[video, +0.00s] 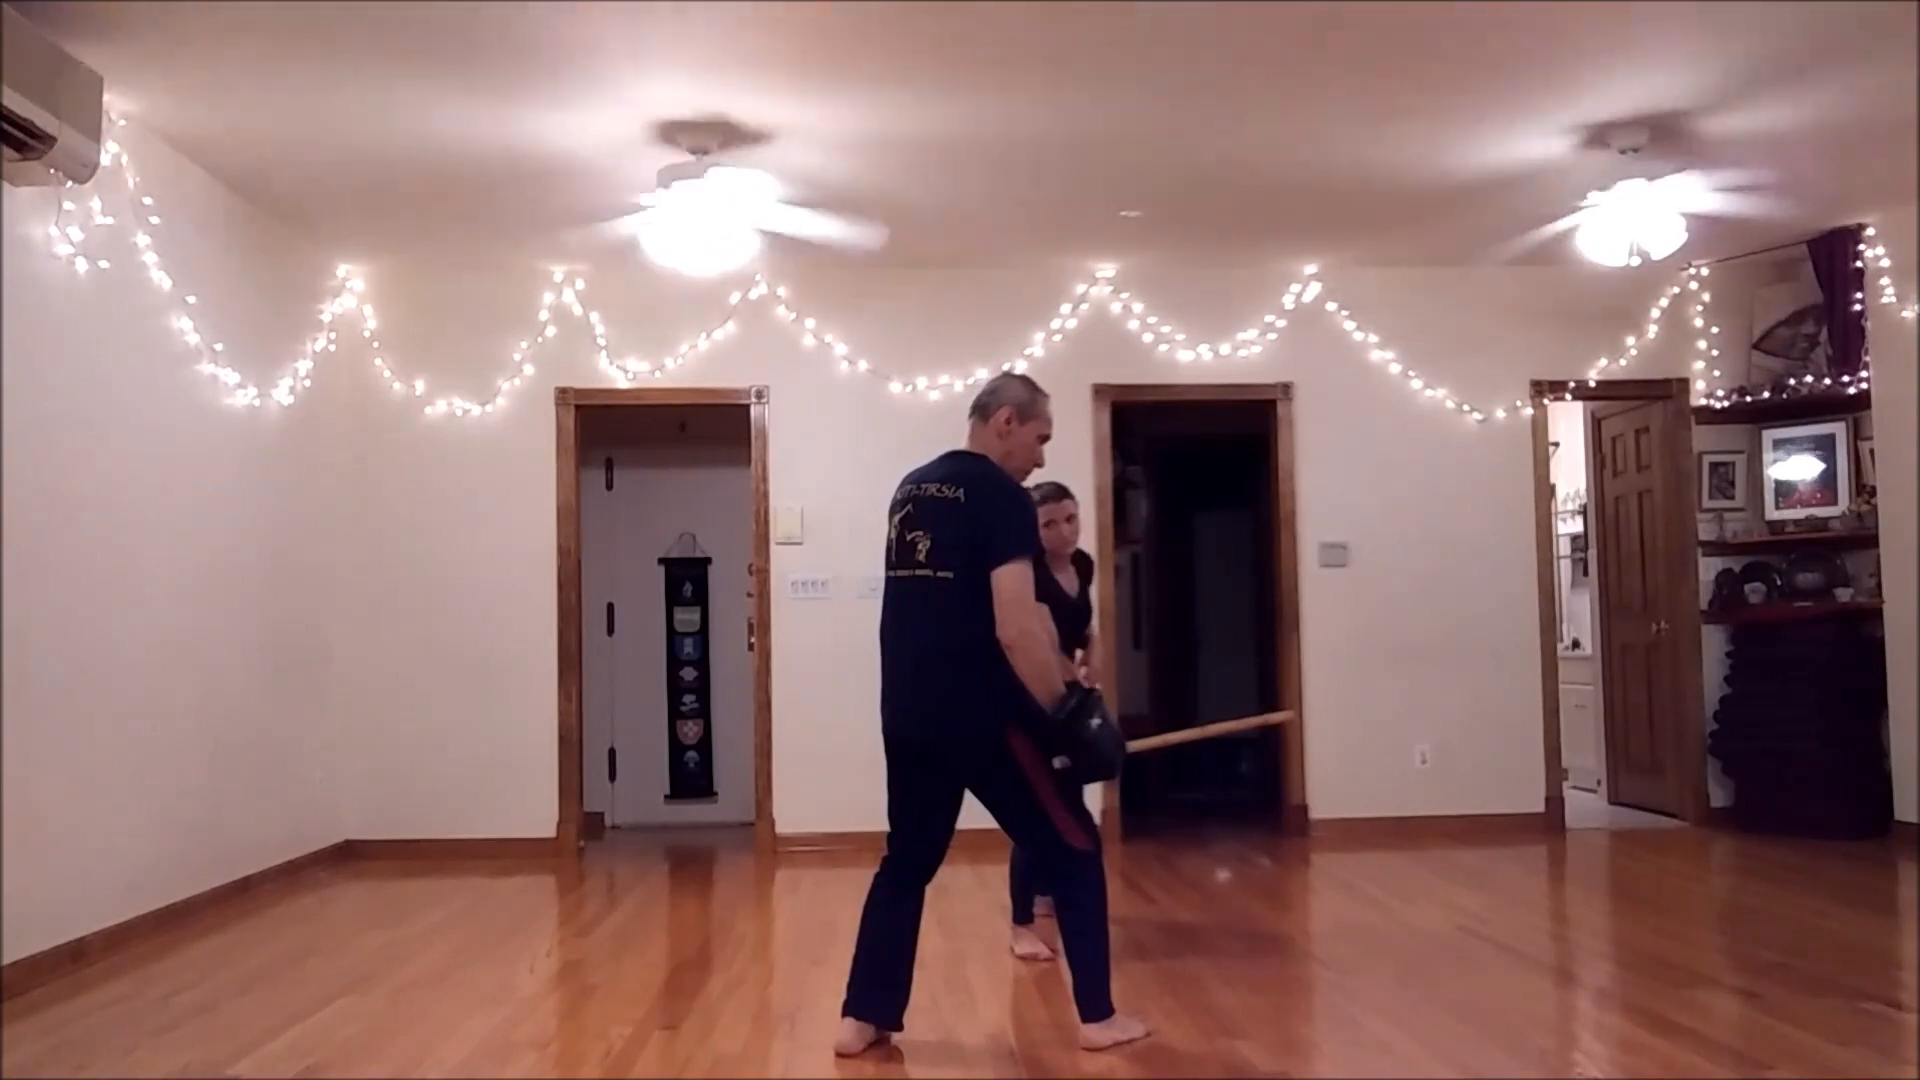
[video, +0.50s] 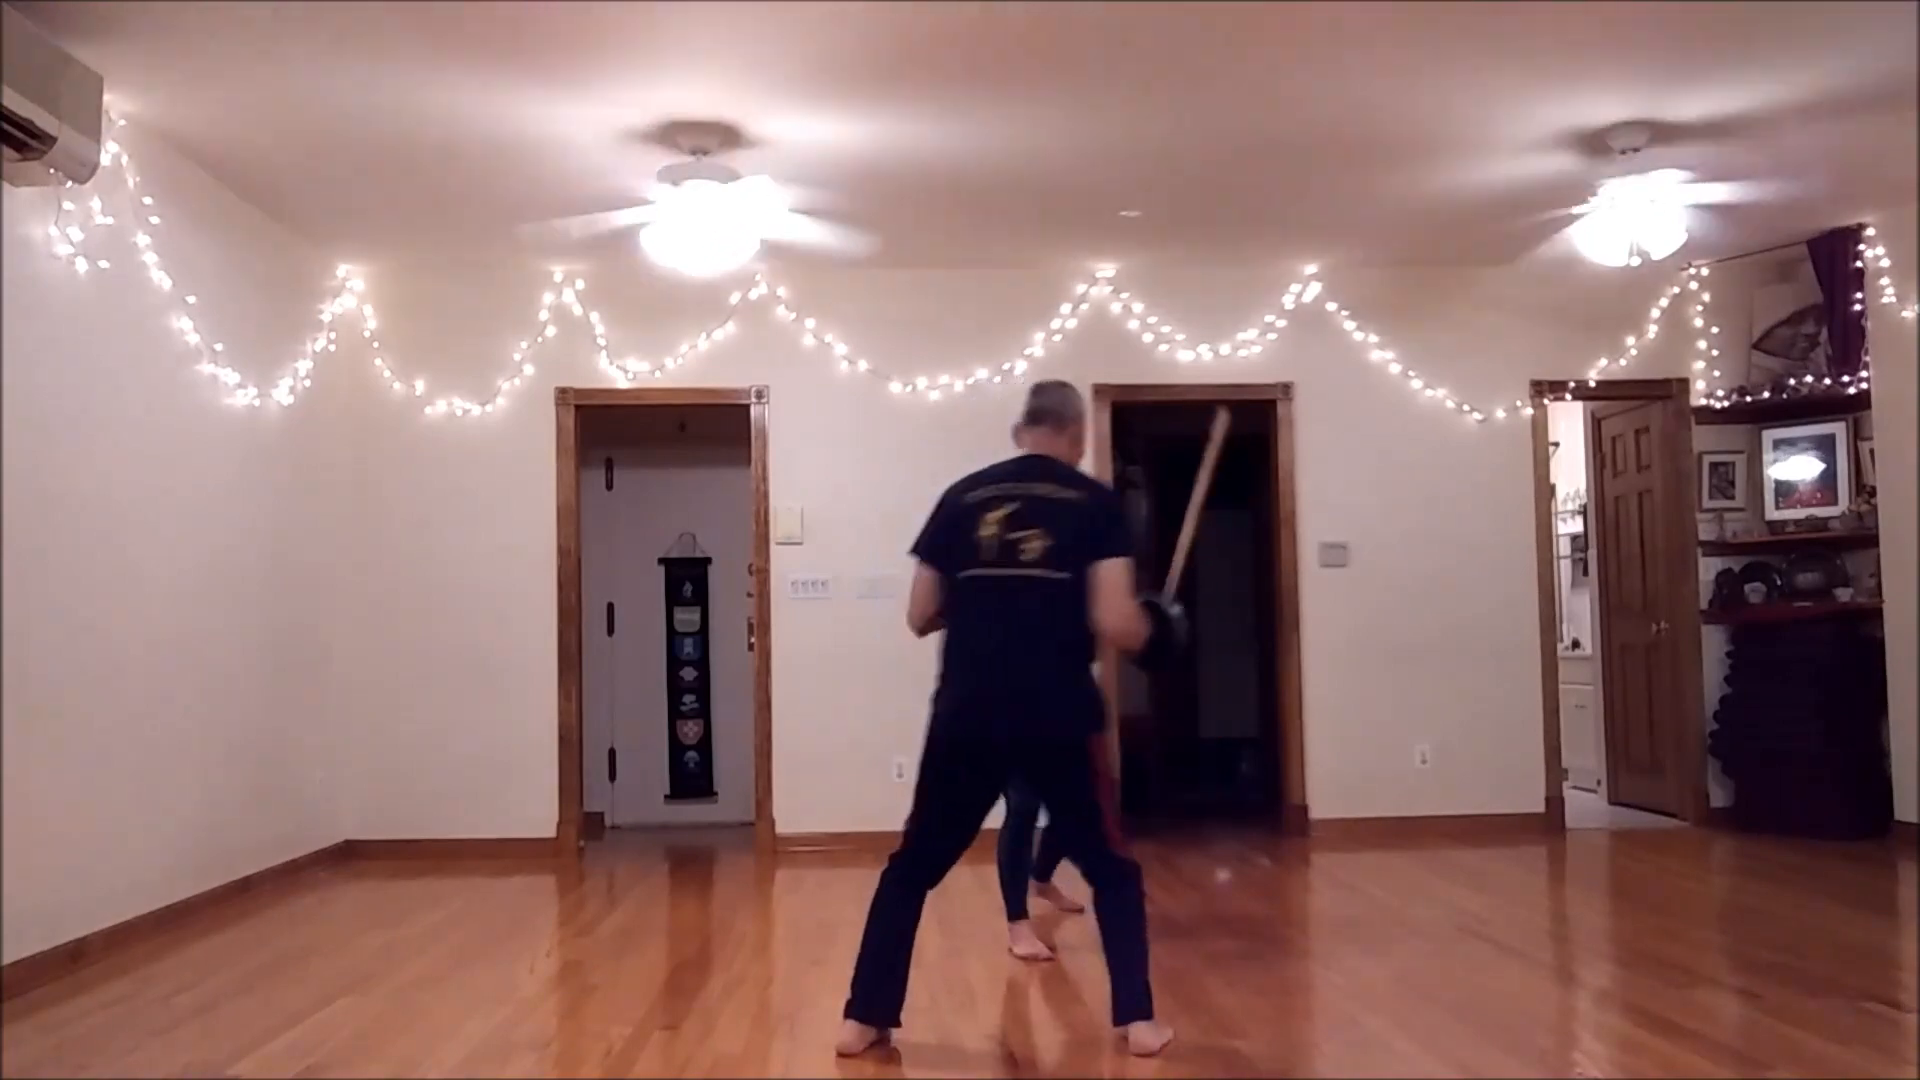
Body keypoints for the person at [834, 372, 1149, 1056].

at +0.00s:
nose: (1042, 455)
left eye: (1047, 442)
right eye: (1040, 439)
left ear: (985, 422)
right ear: (1003, 423)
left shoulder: (913, 487)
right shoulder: (999, 496)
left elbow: (926, 613)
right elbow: (1018, 627)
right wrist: (1066, 711)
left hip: (910, 711)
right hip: (982, 710)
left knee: (907, 858)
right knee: (1075, 846)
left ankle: (864, 1018)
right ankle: (1098, 1017)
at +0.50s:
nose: (1083, 445)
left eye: (1071, 434)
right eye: (1083, 434)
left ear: (1019, 429)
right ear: (1078, 432)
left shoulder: (963, 496)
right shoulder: (1097, 504)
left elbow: (922, 616)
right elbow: (1114, 622)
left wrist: (981, 590)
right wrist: (1152, 625)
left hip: (967, 717)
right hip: (1055, 717)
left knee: (914, 862)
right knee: (1109, 865)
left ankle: (866, 1017)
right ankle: (1137, 1020)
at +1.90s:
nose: (1212, 393)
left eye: (1215, 377)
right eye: (1212, 379)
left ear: (1239, 370)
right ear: (1277, 368)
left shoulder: (1295, 442)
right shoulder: (1309, 438)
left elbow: (1249, 581)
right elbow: (1276, 574)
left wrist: (1200, 506)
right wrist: (1217, 510)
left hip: (1294, 692)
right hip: (1288, 685)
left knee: (1277, 879)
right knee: (1250, 856)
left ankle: (1353, 1064)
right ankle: (1279, 1012)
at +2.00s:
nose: (1210, 401)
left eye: (1212, 385)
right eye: (1209, 387)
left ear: (1239, 376)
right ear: (1274, 374)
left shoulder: (1293, 445)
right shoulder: (1313, 441)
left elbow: (1246, 580)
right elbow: (1280, 572)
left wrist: (1198, 506)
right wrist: (1218, 509)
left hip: (1305, 691)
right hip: (1299, 685)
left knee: (1284, 874)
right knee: (1252, 855)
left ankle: (1352, 1063)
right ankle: (1279, 1014)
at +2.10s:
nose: (1208, 403)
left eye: (1210, 387)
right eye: (1207, 389)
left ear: (1236, 382)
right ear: (1274, 379)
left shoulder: (1292, 447)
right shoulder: (1307, 444)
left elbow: (1255, 579)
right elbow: (1268, 567)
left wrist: (1197, 517)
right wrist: (1211, 518)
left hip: (1316, 688)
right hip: (1302, 684)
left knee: (1295, 875)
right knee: (1251, 854)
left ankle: (1355, 1065)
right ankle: (1279, 1012)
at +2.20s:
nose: (1207, 409)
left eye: (1209, 392)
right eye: (1206, 394)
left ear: (1236, 386)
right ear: (1272, 383)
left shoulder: (1295, 447)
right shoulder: (1301, 448)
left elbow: (1270, 579)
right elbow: (1279, 569)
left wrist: (1206, 527)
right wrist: (1222, 535)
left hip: (1327, 688)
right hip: (1300, 685)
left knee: (1311, 873)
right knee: (1255, 848)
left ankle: (1357, 1065)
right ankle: (1279, 1012)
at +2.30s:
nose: (1209, 415)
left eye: (1213, 398)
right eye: (1209, 399)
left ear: (1243, 389)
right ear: (1262, 389)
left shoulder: (1302, 449)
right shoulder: (1297, 455)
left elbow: (1285, 578)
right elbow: (1294, 580)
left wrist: (1210, 532)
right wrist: (1238, 568)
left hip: (1335, 686)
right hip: (1300, 683)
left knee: (1327, 865)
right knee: (1262, 845)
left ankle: (1372, 1056)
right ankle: (1281, 1009)